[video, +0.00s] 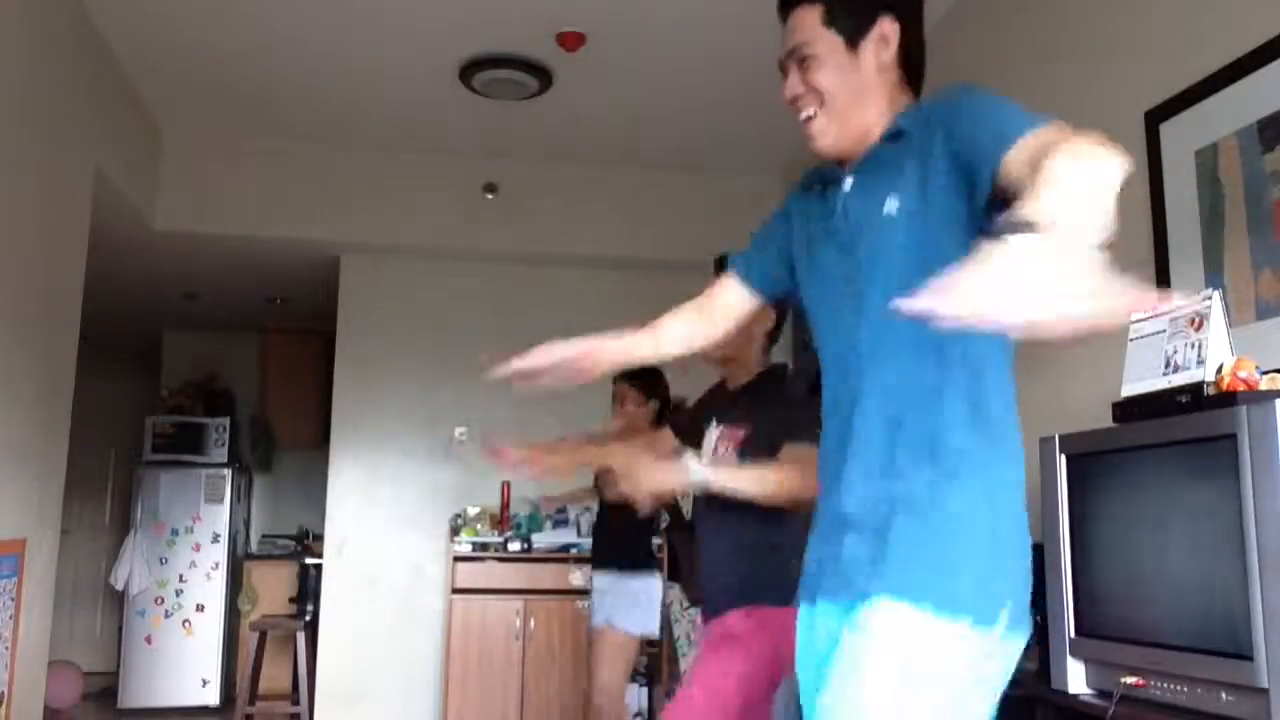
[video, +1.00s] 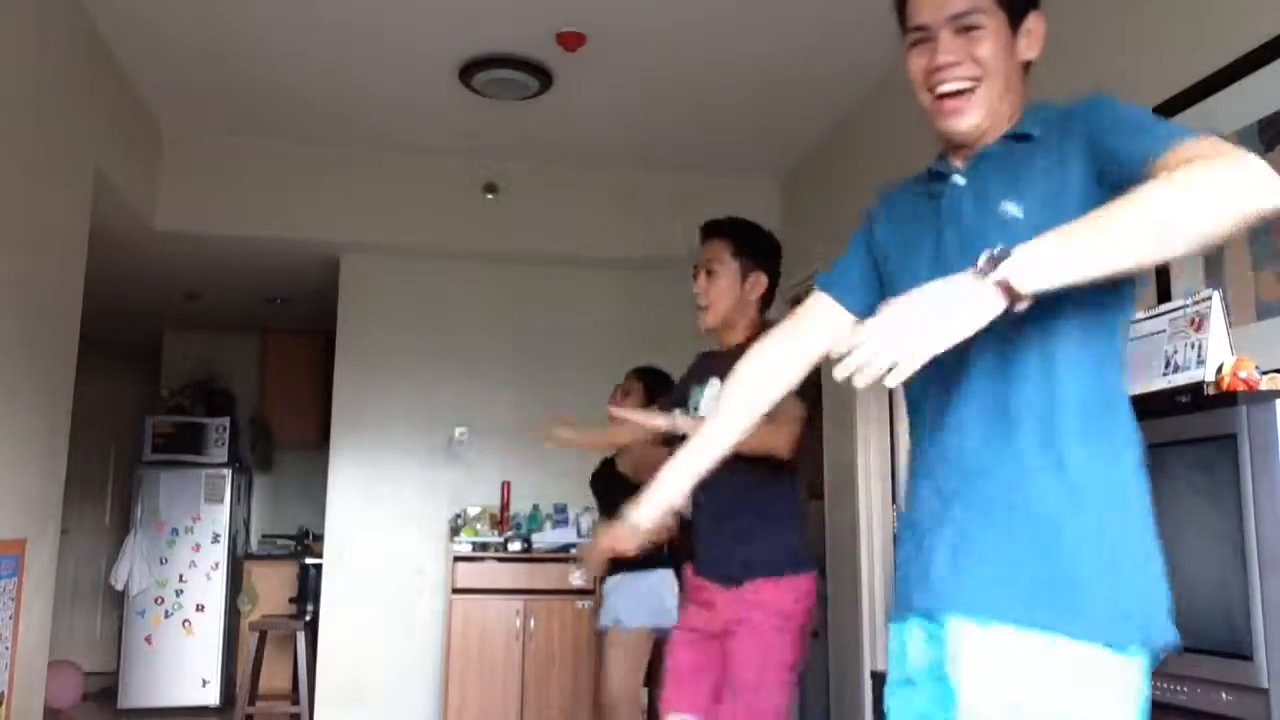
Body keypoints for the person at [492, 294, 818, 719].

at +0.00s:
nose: (719, 325)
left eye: (735, 312)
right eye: (719, 310)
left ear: (768, 320)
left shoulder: (790, 391)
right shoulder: (716, 400)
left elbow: (802, 480)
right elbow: (656, 445)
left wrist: (689, 473)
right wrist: (565, 454)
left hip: (768, 606)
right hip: (717, 604)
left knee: (690, 708)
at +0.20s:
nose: (717, 286)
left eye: (729, 272)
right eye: (713, 274)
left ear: (768, 276)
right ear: (709, 280)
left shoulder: (798, 347)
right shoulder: (708, 361)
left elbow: (781, 433)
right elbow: (637, 437)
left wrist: (694, 417)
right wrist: (562, 437)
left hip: (772, 587)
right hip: (698, 583)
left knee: (766, 710)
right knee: (689, 710)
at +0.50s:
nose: (705, 300)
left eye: (717, 287)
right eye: (706, 287)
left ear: (762, 298)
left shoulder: (794, 371)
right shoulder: (711, 375)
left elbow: (824, 441)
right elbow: (657, 431)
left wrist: (738, 394)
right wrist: (568, 424)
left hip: (773, 617)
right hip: (707, 613)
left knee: (767, 713)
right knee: (665, 711)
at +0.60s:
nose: (694, 291)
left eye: (709, 277)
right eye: (694, 278)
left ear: (752, 290)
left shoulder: (775, 360)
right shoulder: (710, 365)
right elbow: (654, 401)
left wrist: (773, 423)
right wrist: (601, 393)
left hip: (756, 581)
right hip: (710, 580)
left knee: (730, 709)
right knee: (692, 709)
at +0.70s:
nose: (691, 309)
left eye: (706, 295)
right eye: (692, 295)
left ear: (749, 309)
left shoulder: (771, 383)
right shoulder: (699, 392)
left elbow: (816, 456)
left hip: (746, 598)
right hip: (706, 597)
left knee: (706, 712)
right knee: (709, 711)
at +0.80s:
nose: (692, 315)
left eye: (707, 302)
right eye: (693, 302)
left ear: (751, 317)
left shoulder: (771, 394)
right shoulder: (703, 399)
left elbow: (810, 481)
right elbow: (644, 446)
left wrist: (741, 542)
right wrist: (617, 464)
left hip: (754, 607)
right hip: (707, 600)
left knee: (692, 711)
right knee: (721, 711)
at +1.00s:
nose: (696, 287)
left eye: (711, 272)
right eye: (698, 273)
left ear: (755, 285)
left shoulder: (786, 357)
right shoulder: (701, 371)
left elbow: (783, 441)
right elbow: (668, 467)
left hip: (772, 582)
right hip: (704, 580)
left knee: (754, 712)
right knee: (681, 711)